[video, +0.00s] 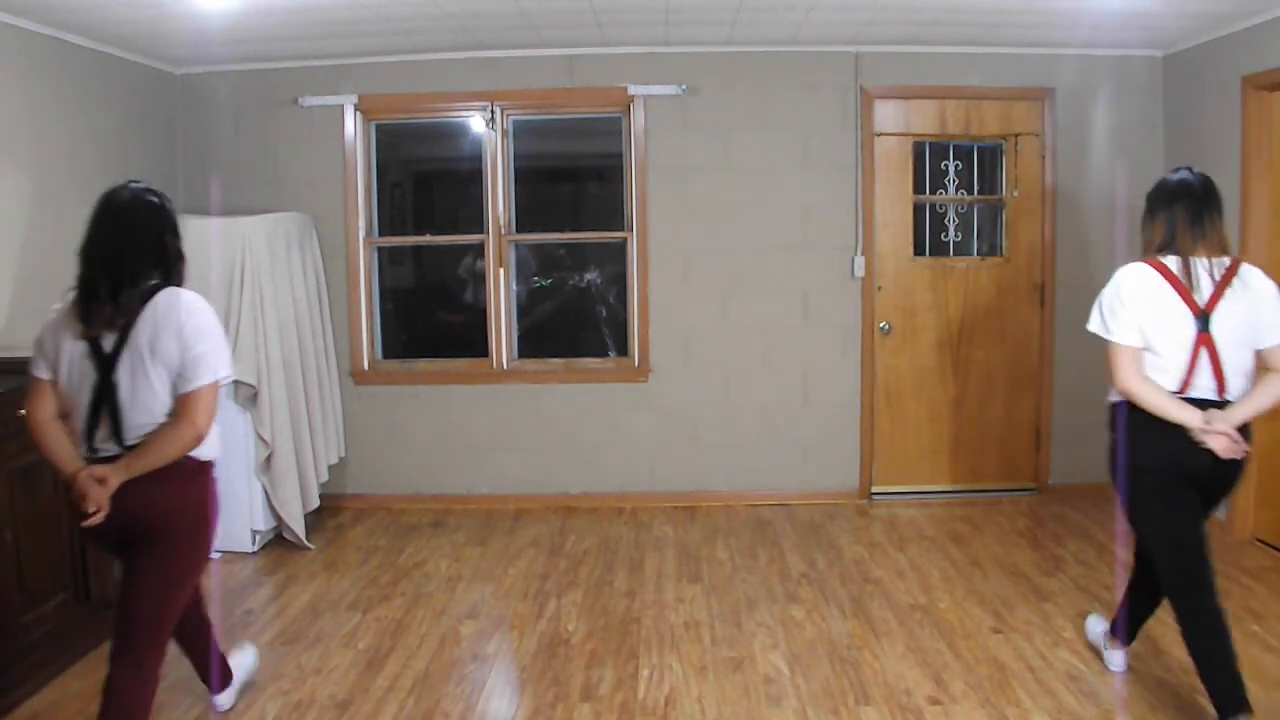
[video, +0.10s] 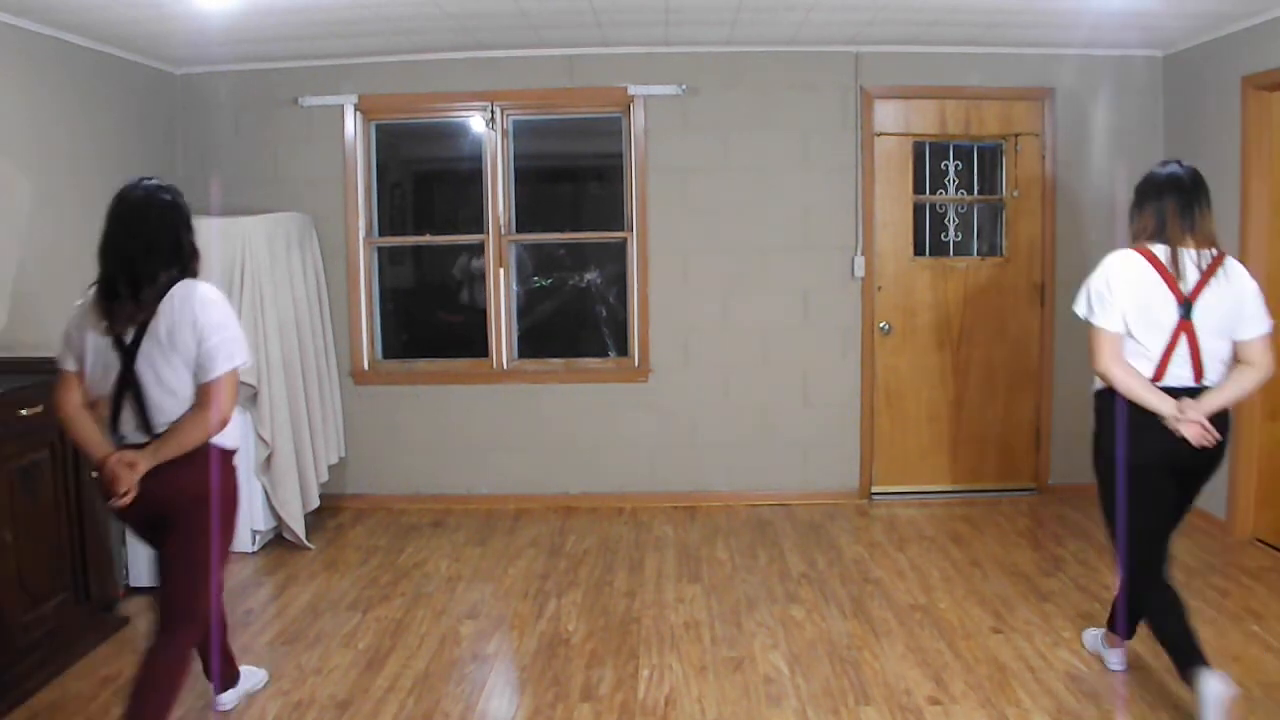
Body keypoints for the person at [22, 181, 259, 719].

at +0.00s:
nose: (175, 246)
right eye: (172, 236)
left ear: (95, 243)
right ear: (168, 245)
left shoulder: (66, 319)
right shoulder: (186, 313)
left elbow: (39, 414)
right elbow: (193, 424)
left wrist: (79, 476)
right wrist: (116, 473)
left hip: (98, 499)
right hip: (173, 496)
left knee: (176, 592)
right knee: (135, 656)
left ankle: (222, 678)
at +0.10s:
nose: (189, 239)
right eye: (186, 230)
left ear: (112, 240)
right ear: (183, 239)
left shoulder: (91, 311)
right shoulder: (201, 303)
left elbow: (68, 403)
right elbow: (216, 411)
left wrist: (109, 462)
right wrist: (145, 458)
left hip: (127, 477)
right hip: (198, 475)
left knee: (200, 580)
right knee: (181, 623)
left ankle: (226, 680)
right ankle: (142, 713)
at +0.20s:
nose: (203, 223)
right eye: (199, 214)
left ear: (129, 227)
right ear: (195, 224)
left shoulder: (110, 298)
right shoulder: (215, 288)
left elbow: (92, 381)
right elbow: (224, 393)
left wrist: (128, 436)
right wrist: (156, 440)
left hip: (143, 461)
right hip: (210, 460)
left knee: (201, 569)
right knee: (227, 588)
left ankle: (226, 680)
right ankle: (165, 692)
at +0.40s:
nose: (224, 210)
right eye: (219, 202)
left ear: (154, 211)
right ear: (214, 208)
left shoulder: (134, 278)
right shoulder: (229, 268)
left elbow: (119, 360)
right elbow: (235, 367)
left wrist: (151, 411)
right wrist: (181, 415)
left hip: (163, 429)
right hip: (230, 428)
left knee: (207, 550)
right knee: (271, 534)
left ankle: (220, 677)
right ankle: (229, 650)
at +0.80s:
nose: (255, 217)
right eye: (254, 208)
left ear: (194, 214)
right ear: (254, 214)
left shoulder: (169, 281)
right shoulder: (270, 271)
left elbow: (154, 357)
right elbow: (274, 359)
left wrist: (184, 402)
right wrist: (215, 406)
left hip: (194, 424)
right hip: (261, 422)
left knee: (216, 548)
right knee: (305, 510)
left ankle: (224, 680)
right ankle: (282, 624)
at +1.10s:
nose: (311, 229)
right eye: (310, 221)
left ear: (253, 224)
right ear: (305, 227)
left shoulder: (228, 287)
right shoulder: (319, 284)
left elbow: (211, 356)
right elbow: (324, 367)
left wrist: (237, 397)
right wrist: (267, 408)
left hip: (247, 428)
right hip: (312, 426)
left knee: (249, 544)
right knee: (331, 522)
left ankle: (229, 668)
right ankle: (355, 606)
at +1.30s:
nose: (358, 212)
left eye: (355, 202)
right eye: (353, 204)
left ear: (298, 212)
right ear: (339, 213)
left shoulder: (267, 272)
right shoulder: (355, 271)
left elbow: (254, 338)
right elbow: (354, 353)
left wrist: (273, 381)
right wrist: (298, 388)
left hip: (286, 408)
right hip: (345, 406)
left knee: (308, 504)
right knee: (351, 509)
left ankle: (265, 590)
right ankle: (358, 607)